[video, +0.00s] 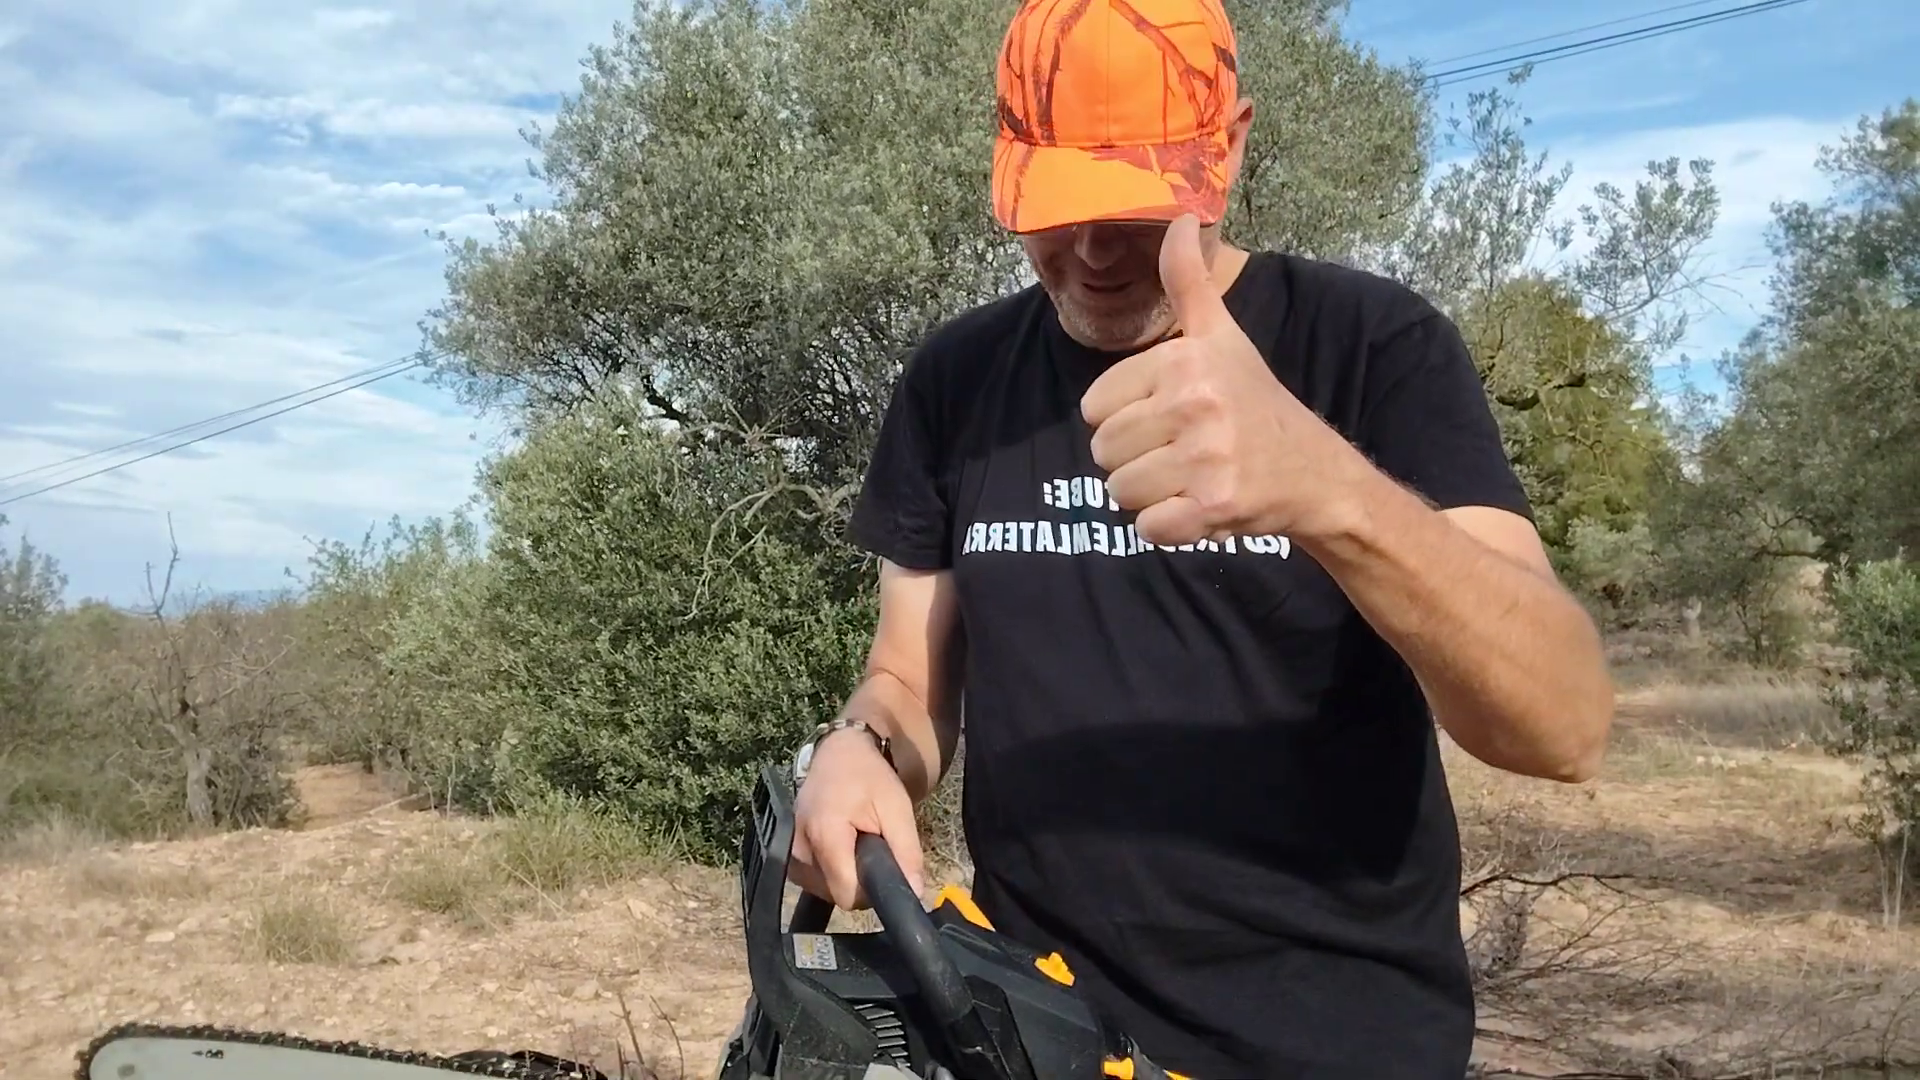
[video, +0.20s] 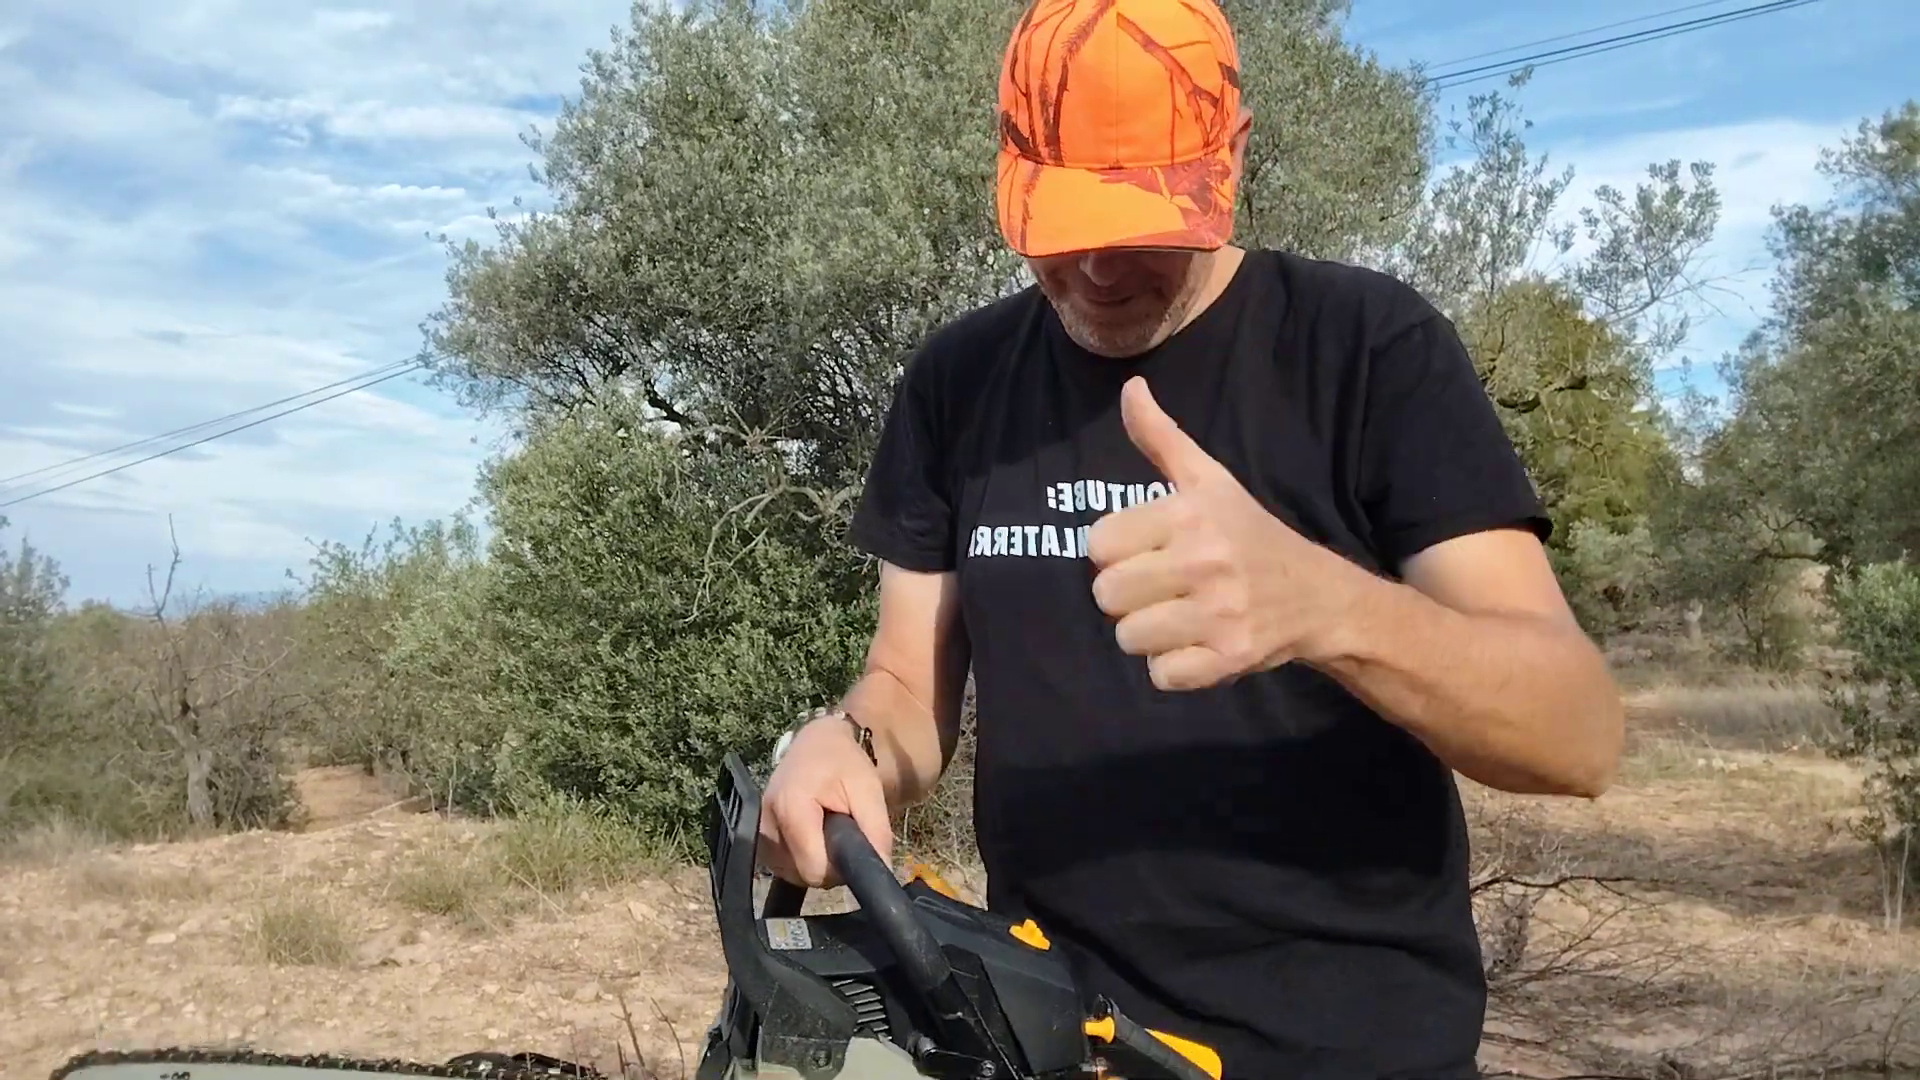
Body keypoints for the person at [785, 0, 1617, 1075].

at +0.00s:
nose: (1088, 250)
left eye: (1135, 204)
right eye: (1051, 201)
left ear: (1221, 162)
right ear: (1009, 170)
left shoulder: (1372, 344)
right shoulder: (955, 383)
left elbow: (1565, 731)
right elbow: (908, 689)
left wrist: (1327, 488)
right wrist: (857, 751)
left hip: (1341, 1023)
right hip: (1050, 1015)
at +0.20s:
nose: (1100, 272)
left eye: (1146, 234)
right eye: (1061, 231)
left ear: (1225, 171)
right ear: (1014, 181)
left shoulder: (1370, 346)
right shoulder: (958, 384)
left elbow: (1578, 738)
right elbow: (908, 698)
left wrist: (1329, 606)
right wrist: (840, 740)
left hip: (1357, 1025)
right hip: (1066, 1012)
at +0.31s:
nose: (1101, 271)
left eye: (1145, 234)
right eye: (1061, 232)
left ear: (1221, 174)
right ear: (1012, 180)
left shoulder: (1367, 339)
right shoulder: (955, 377)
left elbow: (1573, 721)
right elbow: (902, 686)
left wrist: (1321, 727)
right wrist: (828, 726)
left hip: (1365, 1038)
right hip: (1073, 1029)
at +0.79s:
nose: (1211, 234)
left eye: (1260, 199)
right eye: (1181, 186)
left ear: (1332, 184)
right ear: (1131, 150)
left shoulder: (1455, 350)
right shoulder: (1047, 342)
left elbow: (1583, 728)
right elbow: (918, 632)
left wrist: (1276, 816)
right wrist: (831, 577)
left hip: (1398, 1041)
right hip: (1104, 1037)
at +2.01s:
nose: (1110, 204)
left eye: (1151, 168)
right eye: (1081, 164)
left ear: (1213, 179)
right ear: (1037, 167)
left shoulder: (1314, 362)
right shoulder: (955, 369)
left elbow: (1423, 684)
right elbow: (849, 638)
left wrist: (1140, 794)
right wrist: (771, 574)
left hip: (1278, 1012)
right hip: (1006, 1014)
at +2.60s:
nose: (1035, 226)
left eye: (1076, 193)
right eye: (1006, 189)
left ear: (1147, 190)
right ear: (969, 184)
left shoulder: (1249, 348)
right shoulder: (899, 368)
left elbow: (1324, 661)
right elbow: (787, 622)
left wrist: (988, 728)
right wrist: (758, 702)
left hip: (1252, 1008)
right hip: (977, 1009)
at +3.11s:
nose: (1202, 204)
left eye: (1245, 171)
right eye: (1172, 165)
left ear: (1307, 191)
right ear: (1128, 176)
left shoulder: (1379, 347)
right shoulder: (1056, 361)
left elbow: (1390, 675)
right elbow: (913, 596)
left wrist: (1048, 769)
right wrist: (896, 703)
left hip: (1336, 1014)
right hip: (1074, 1004)